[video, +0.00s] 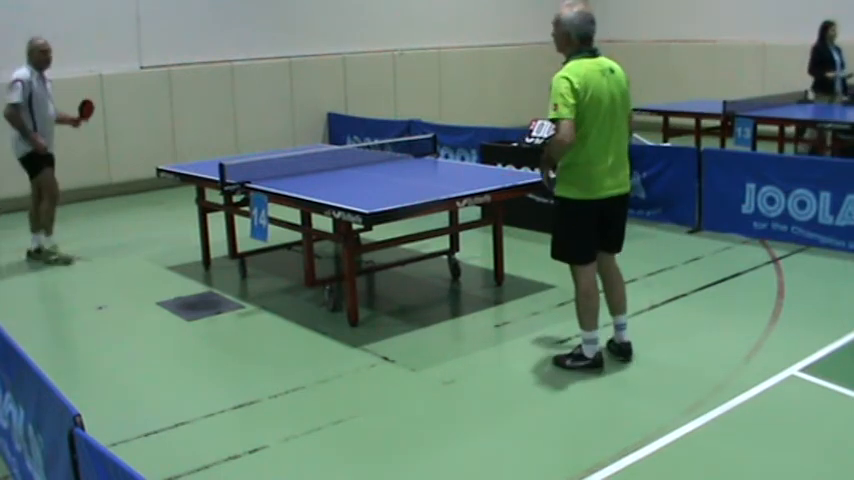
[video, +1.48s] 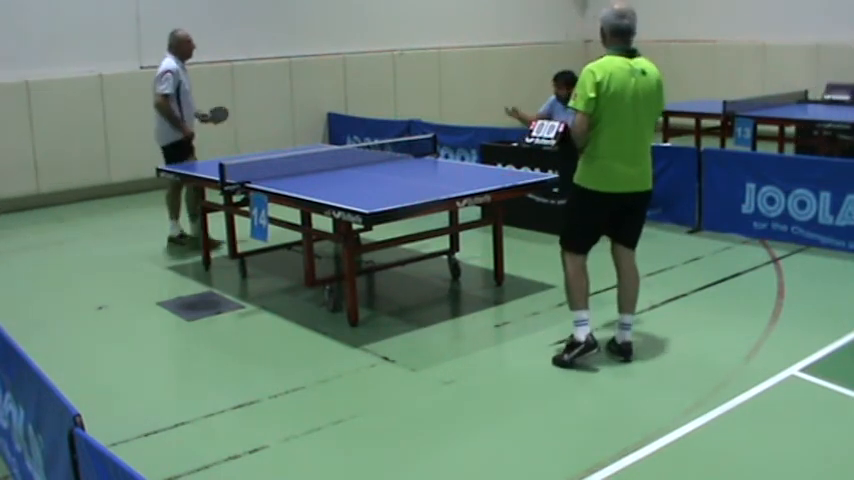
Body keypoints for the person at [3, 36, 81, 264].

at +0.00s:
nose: (48, 56)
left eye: (49, 52)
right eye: (43, 52)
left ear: (50, 55)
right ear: (30, 55)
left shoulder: (44, 79)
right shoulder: (22, 78)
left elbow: (48, 113)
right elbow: (11, 112)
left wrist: (71, 119)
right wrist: (33, 137)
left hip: (43, 146)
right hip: (30, 148)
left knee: (38, 195)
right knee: (51, 192)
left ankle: (36, 246)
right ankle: (47, 245)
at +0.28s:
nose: (77, 59)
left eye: (77, 55)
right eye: (73, 55)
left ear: (70, 58)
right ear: (60, 58)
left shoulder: (65, 80)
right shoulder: (52, 83)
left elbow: (69, 114)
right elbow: (45, 117)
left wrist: (90, 120)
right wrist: (69, 140)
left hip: (63, 149)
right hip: (61, 151)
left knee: (55, 197)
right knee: (84, 192)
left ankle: (38, 243)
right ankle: (104, 242)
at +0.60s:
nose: (113, 54)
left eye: (112, 50)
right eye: (109, 50)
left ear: (100, 53)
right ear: (97, 53)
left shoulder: (97, 75)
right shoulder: (90, 79)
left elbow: (99, 113)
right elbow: (89, 114)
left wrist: (117, 130)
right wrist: (116, 136)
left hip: (99, 143)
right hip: (92, 145)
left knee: (114, 184)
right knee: (105, 189)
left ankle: (84, 224)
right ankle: (108, 241)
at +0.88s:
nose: (138, 52)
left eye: (137, 48)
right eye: (134, 49)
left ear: (124, 52)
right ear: (122, 52)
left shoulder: (123, 74)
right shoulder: (115, 78)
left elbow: (125, 111)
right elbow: (114, 113)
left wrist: (145, 123)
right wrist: (142, 135)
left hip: (126, 143)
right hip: (117, 146)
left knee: (146, 185)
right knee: (117, 191)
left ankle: (162, 232)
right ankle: (109, 242)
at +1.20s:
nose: (171, 48)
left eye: (170, 44)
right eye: (166, 45)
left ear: (158, 48)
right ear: (155, 48)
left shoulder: (157, 70)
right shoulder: (146, 72)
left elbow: (162, 105)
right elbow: (139, 106)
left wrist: (180, 121)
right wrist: (159, 136)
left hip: (161, 140)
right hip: (150, 142)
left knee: (166, 186)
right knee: (163, 185)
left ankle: (175, 232)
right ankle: (129, 226)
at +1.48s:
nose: (193, 46)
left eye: (192, 42)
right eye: (189, 43)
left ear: (179, 46)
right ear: (177, 46)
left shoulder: (178, 68)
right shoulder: (170, 69)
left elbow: (180, 102)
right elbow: (162, 103)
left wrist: (199, 115)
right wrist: (183, 128)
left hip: (179, 135)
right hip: (174, 137)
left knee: (177, 182)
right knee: (194, 181)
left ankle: (175, 230)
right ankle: (199, 232)